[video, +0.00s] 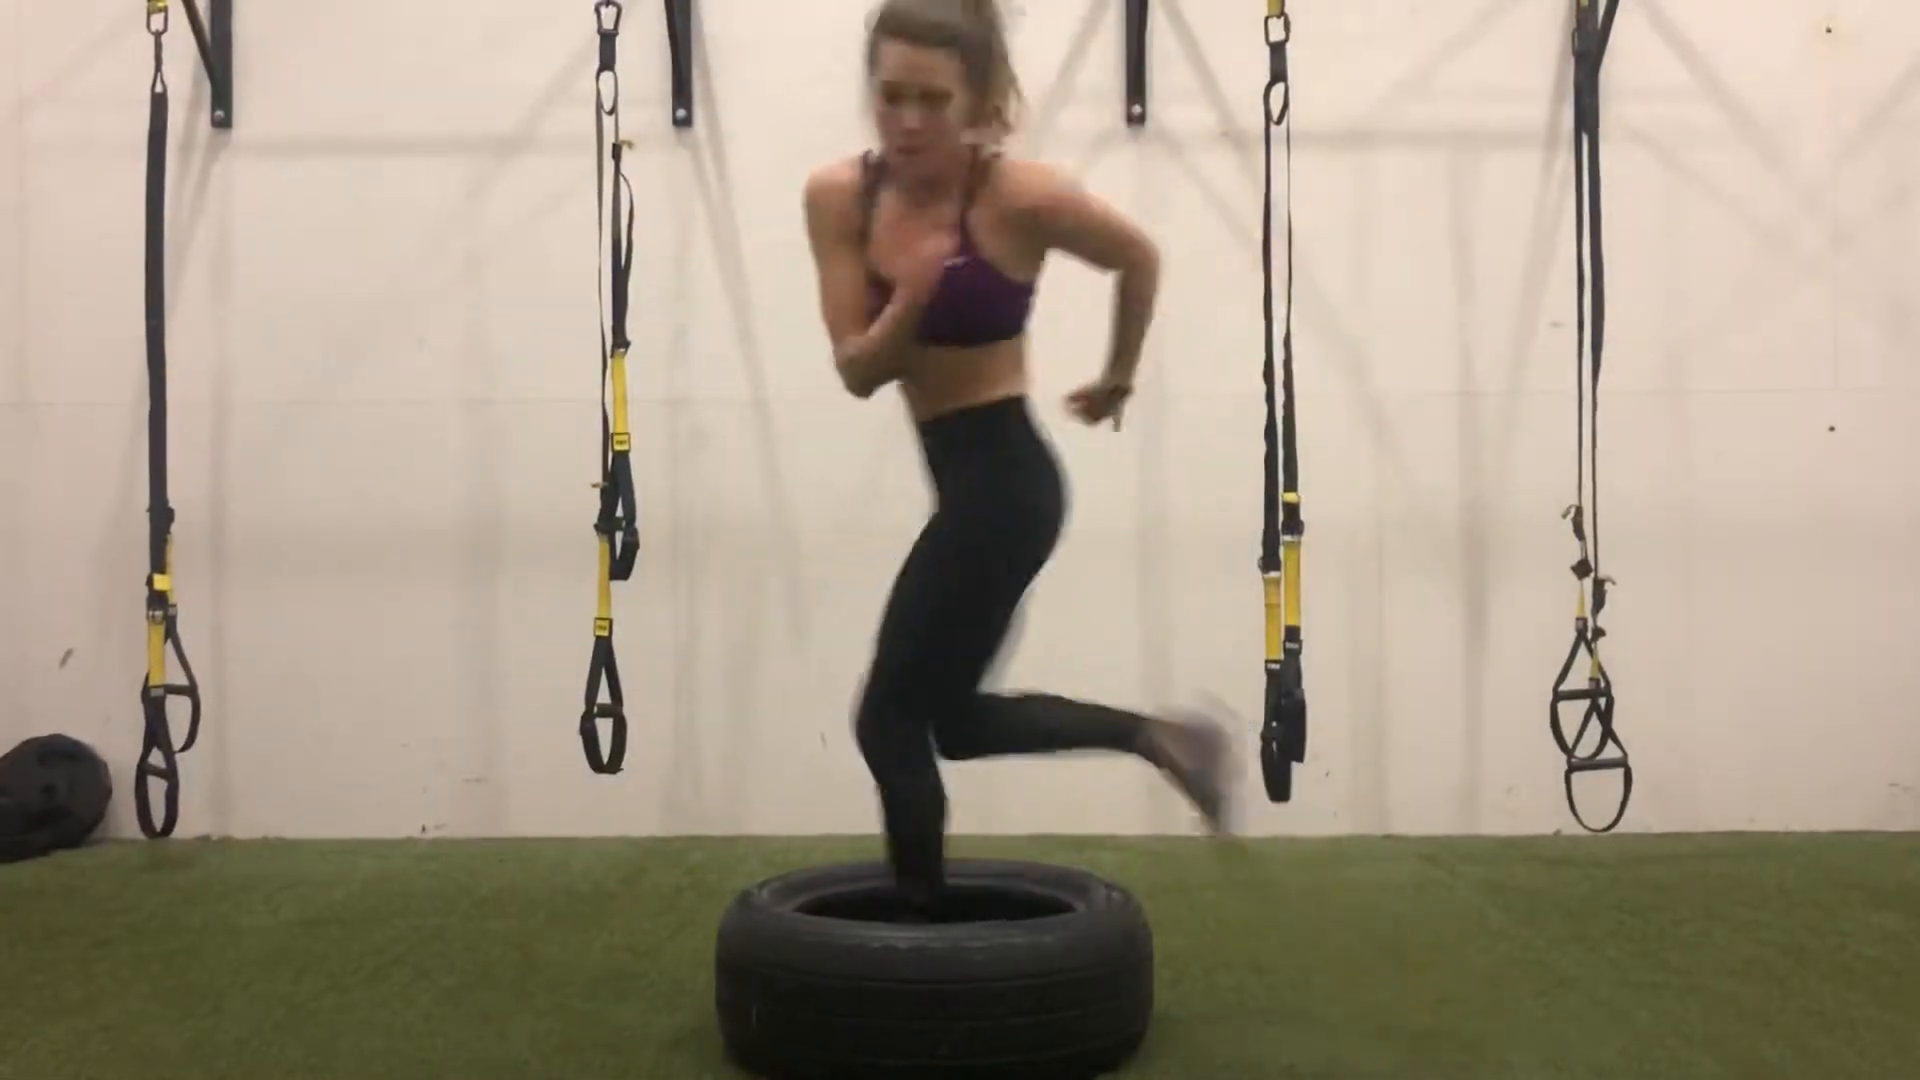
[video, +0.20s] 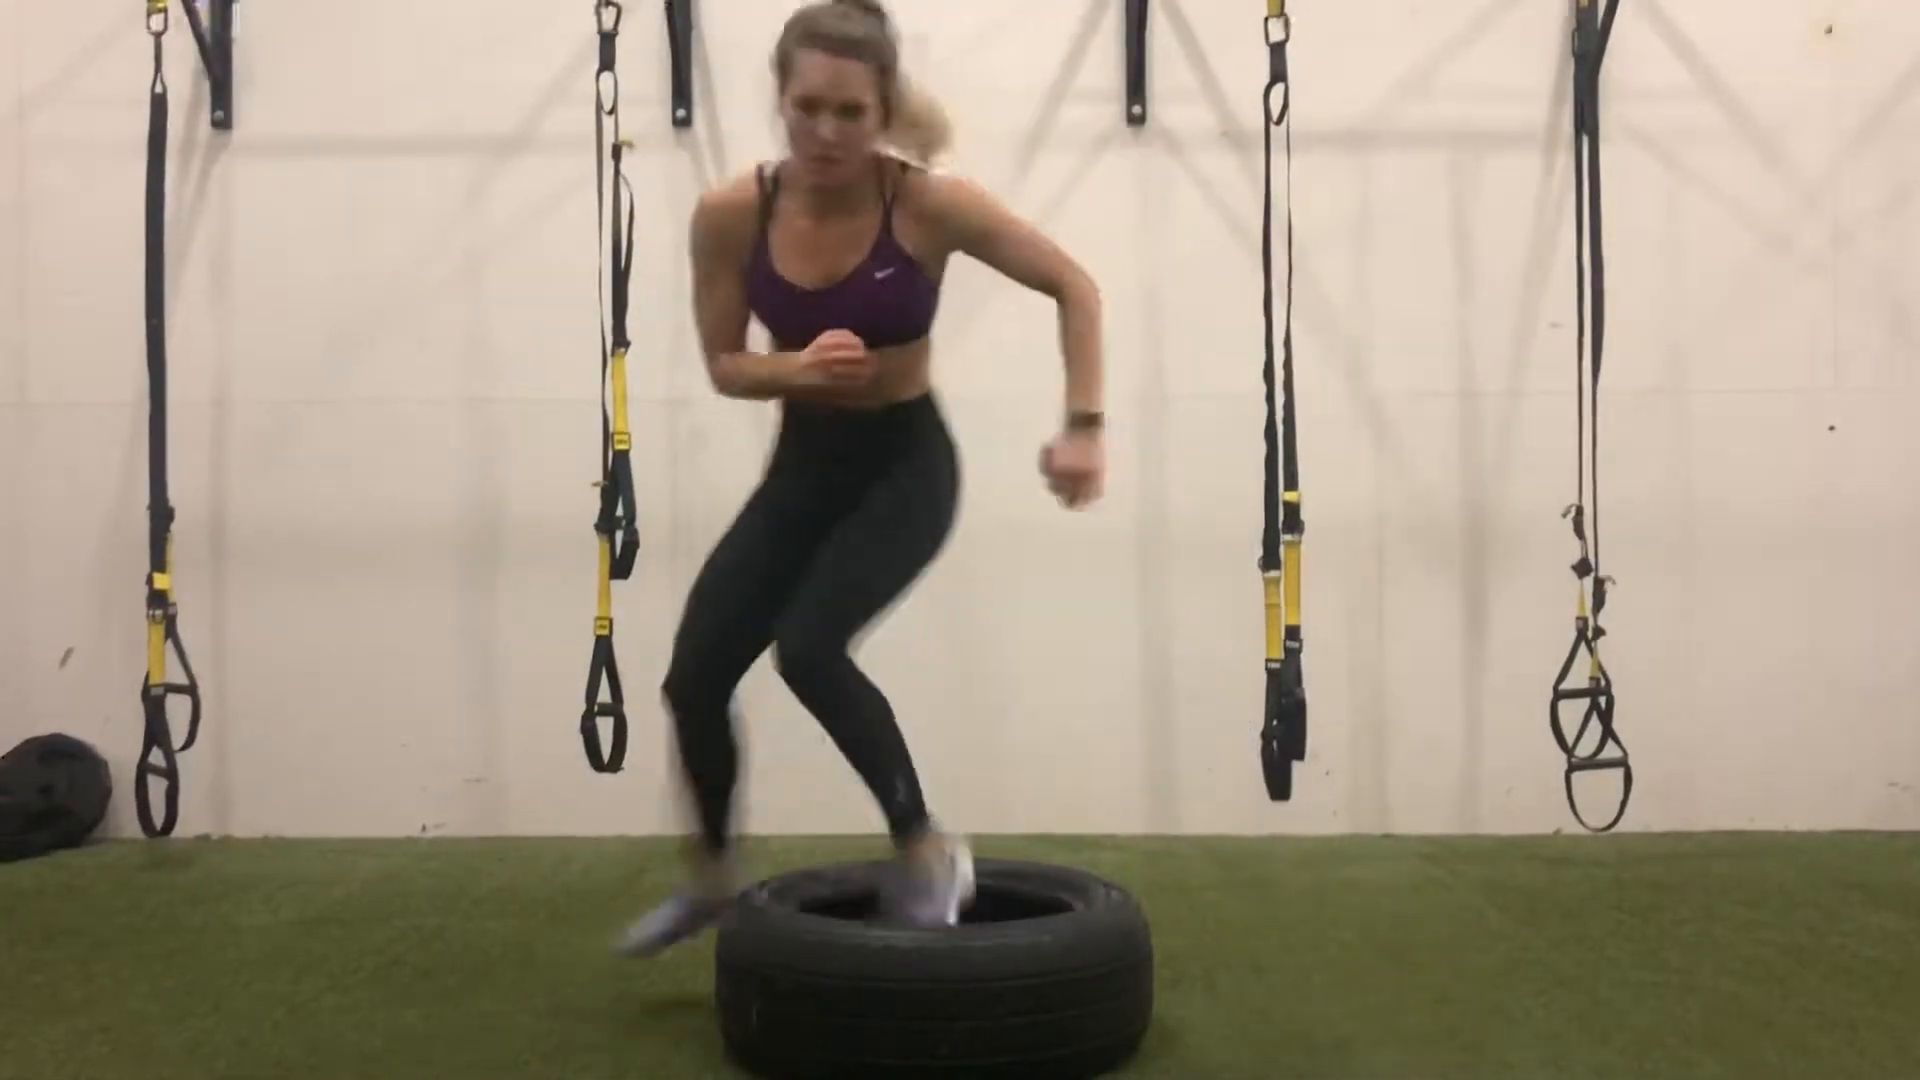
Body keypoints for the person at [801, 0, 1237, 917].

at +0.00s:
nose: (906, 122)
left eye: (930, 99)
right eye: (890, 97)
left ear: (980, 102)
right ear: (868, 94)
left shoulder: (1021, 196)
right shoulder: (840, 197)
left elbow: (1139, 259)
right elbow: (857, 373)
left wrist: (1118, 378)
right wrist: (914, 293)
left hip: (1008, 485)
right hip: (966, 484)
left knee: (889, 724)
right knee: (951, 722)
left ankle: (921, 939)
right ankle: (1169, 740)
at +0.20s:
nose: (826, 132)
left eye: (850, 111)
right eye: (807, 108)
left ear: (885, 110)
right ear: (779, 101)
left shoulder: (930, 203)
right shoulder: (732, 214)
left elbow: (1076, 288)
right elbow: (726, 367)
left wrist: (1084, 427)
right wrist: (795, 371)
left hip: (907, 465)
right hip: (806, 467)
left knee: (808, 648)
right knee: (695, 678)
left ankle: (926, 850)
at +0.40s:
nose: (832, 169)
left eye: (852, 150)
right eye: (814, 147)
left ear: (883, 145)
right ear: (781, 138)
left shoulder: (915, 255)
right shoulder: (723, 241)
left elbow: (963, 373)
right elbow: (637, 360)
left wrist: (936, 408)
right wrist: (649, 466)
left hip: (806, 508)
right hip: (700, 482)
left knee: (762, 699)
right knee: (613, 727)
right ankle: (554, 924)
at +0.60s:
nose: (885, 162)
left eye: (904, 139)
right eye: (863, 139)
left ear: (932, 136)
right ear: (829, 136)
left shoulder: (962, 210)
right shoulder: (795, 214)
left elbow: (981, 323)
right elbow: (690, 215)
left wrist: (859, 276)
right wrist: (612, 258)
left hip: (834, 500)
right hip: (761, 472)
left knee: (721, 733)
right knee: (921, 614)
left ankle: (550, 943)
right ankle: (720, 719)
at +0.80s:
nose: (981, 133)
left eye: (999, 110)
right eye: (960, 111)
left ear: (1026, 101)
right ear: (924, 104)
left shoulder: (1057, 176)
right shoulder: (882, 203)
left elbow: (1032, 293)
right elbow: (742, 269)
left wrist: (938, 348)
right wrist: (613, 312)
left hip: (983, 497)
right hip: (898, 497)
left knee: (1077, 714)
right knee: (957, 739)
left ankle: (911, 679)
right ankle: (928, 960)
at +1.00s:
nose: (1040, 125)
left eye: (1058, 101)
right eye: (1017, 102)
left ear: (1087, 95)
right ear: (984, 102)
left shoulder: (1137, 175)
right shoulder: (947, 213)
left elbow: (1264, 308)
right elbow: (879, 353)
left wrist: (1349, 447)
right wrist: (924, 357)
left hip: (1132, 457)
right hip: (1025, 467)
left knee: (1217, 697)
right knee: (1065, 627)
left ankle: (1358, 928)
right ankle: (1038, 754)